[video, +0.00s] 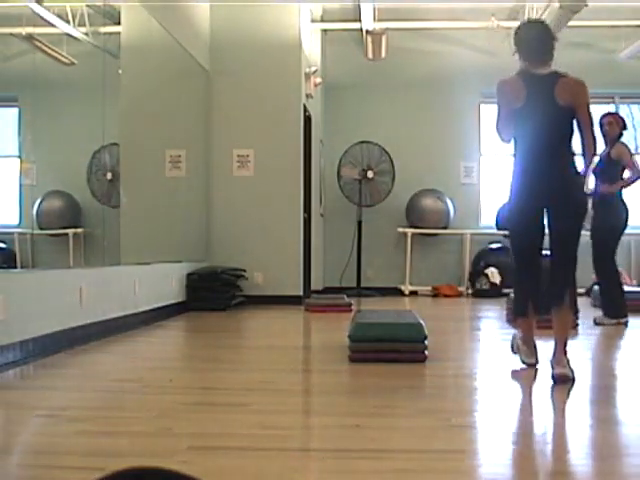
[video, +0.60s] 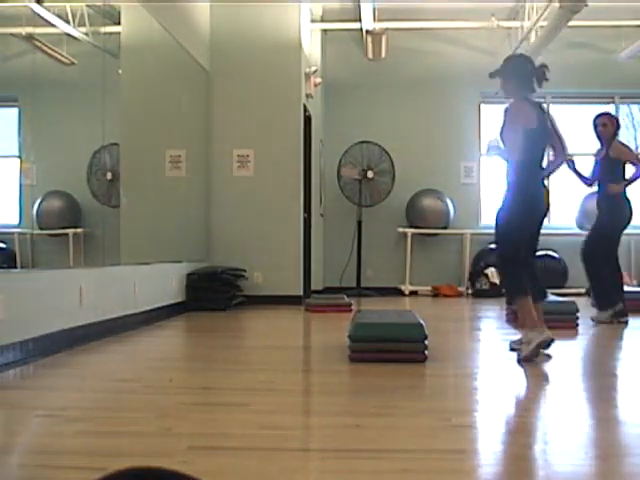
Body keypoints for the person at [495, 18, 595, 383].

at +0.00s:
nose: (525, 54)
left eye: (521, 48)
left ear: (519, 51)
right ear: (553, 49)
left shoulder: (507, 87)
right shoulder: (573, 87)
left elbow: (504, 133)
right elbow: (589, 140)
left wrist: (522, 110)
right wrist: (587, 172)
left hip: (526, 186)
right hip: (565, 186)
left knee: (525, 265)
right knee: (563, 268)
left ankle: (526, 342)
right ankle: (560, 356)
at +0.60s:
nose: (501, 85)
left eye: (503, 80)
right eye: (501, 80)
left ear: (511, 80)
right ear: (528, 81)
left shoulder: (515, 109)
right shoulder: (542, 112)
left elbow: (515, 154)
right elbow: (561, 154)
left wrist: (502, 150)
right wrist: (542, 173)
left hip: (520, 189)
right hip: (538, 190)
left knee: (507, 259)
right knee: (524, 260)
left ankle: (532, 329)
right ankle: (537, 330)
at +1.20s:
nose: (480, 86)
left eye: (485, 82)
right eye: (481, 82)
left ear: (501, 86)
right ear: (500, 87)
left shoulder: (507, 114)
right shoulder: (508, 114)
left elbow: (488, 158)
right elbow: (540, 149)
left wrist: (450, 150)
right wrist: (568, 178)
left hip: (531, 197)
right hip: (530, 196)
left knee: (529, 265)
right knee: (479, 241)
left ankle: (528, 337)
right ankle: (505, 304)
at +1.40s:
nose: (484, 88)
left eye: (489, 83)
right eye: (485, 83)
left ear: (504, 84)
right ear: (500, 85)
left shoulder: (515, 114)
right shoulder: (508, 115)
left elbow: (512, 168)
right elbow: (506, 167)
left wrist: (504, 212)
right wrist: (501, 210)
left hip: (519, 196)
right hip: (510, 195)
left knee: (517, 262)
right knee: (501, 261)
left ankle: (527, 335)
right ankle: (512, 329)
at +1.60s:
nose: (478, 85)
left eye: (483, 81)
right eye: (479, 81)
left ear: (499, 87)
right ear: (494, 88)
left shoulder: (507, 116)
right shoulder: (492, 125)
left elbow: (546, 137)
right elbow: (470, 159)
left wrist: (567, 173)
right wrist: (432, 160)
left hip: (526, 195)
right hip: (523, 197)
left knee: (488, 249)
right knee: (517, 261)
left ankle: (510, 320)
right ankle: (518, 335)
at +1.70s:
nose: (477, 85)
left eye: (482, 80)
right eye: (478, 80)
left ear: (499, 86)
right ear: (494, 87)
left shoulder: (507, 115)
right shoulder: (492, 123)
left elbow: (545, 137)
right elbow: (471, 160)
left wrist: (568, 177)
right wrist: (434, 164)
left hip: (524, 194)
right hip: (520, 195)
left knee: (486, 249)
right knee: (517, 259)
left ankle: (508, 318)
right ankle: (517, 332)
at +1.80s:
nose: (479, 86)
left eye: (484, 81)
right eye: (480, 81)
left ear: (500, 85)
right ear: (494, 86)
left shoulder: (510, 113)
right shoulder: (496, 118)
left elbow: (535, 156)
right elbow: (495, 162)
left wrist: (535, 201)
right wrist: (468, 190)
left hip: (519, 191)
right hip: (507, 192)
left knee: (506, 257)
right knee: (502, 258)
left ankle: (517, 332)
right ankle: (511, 330)